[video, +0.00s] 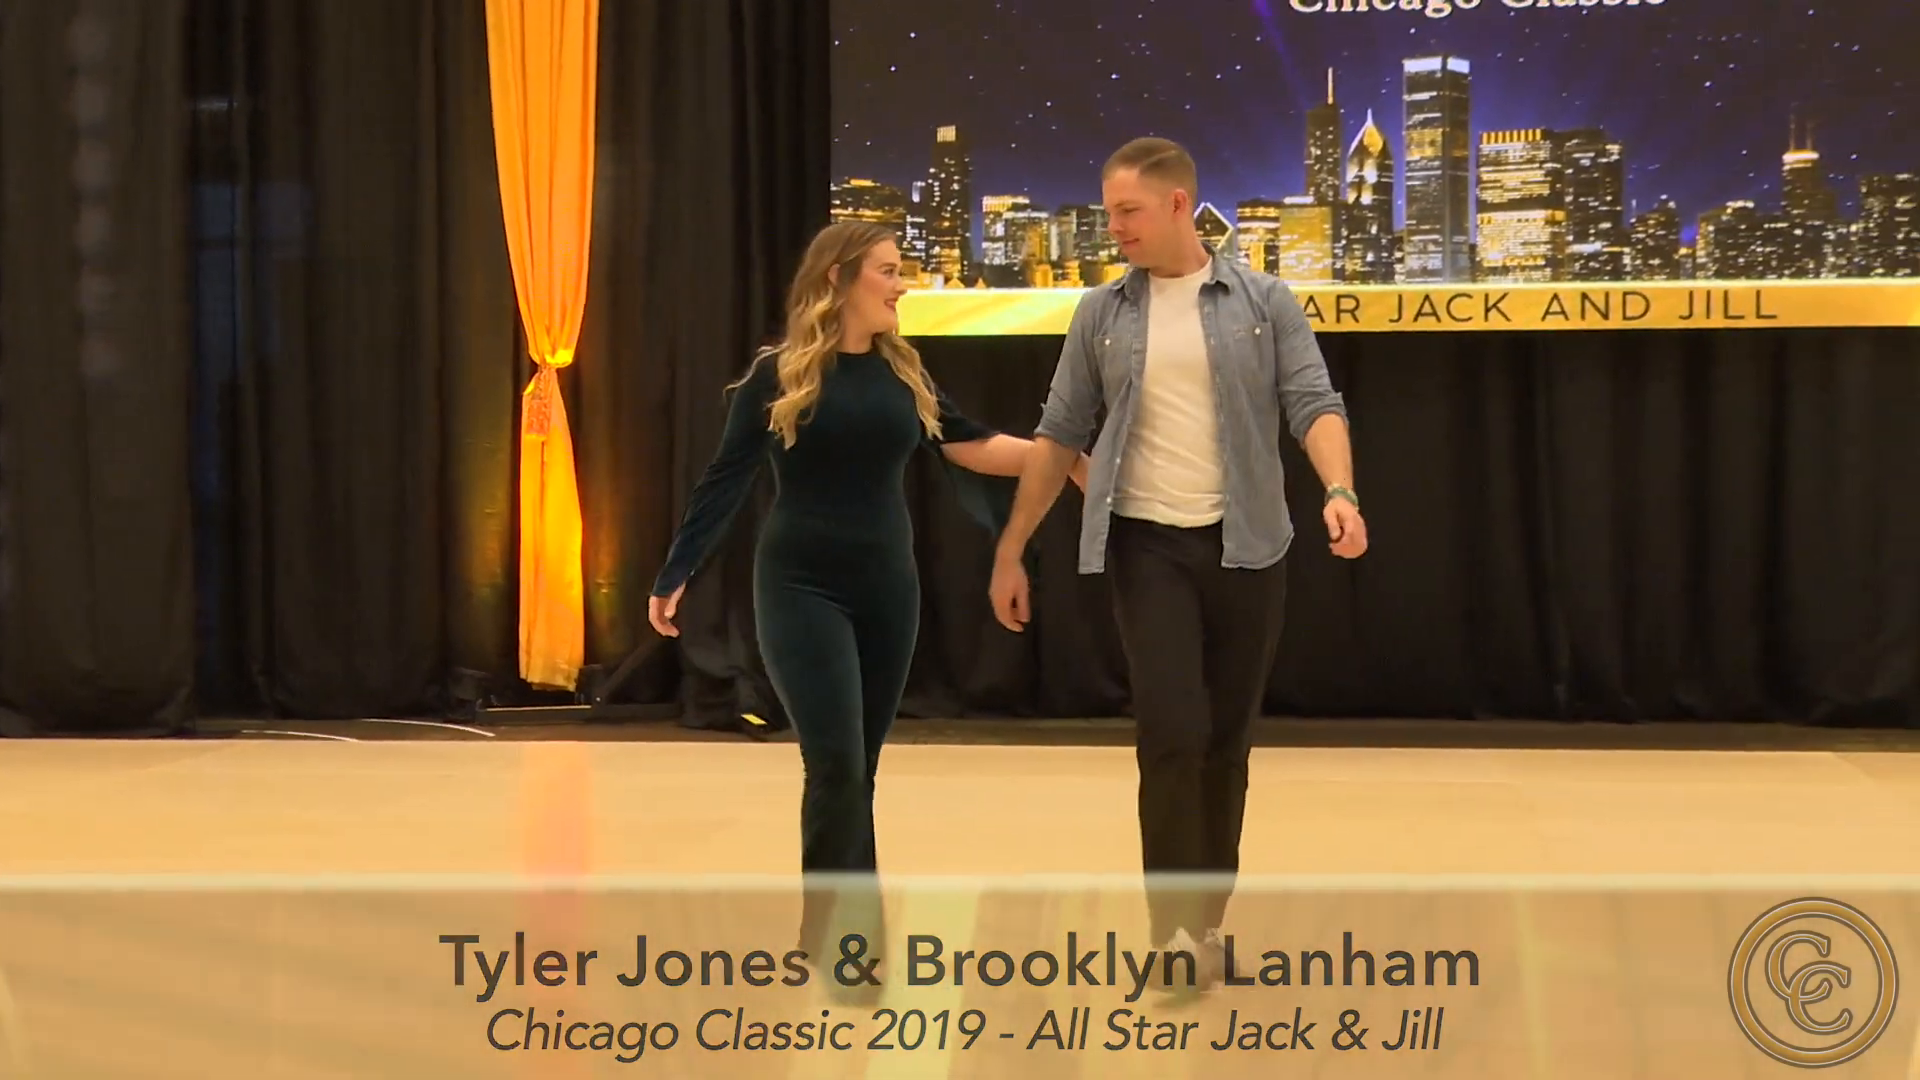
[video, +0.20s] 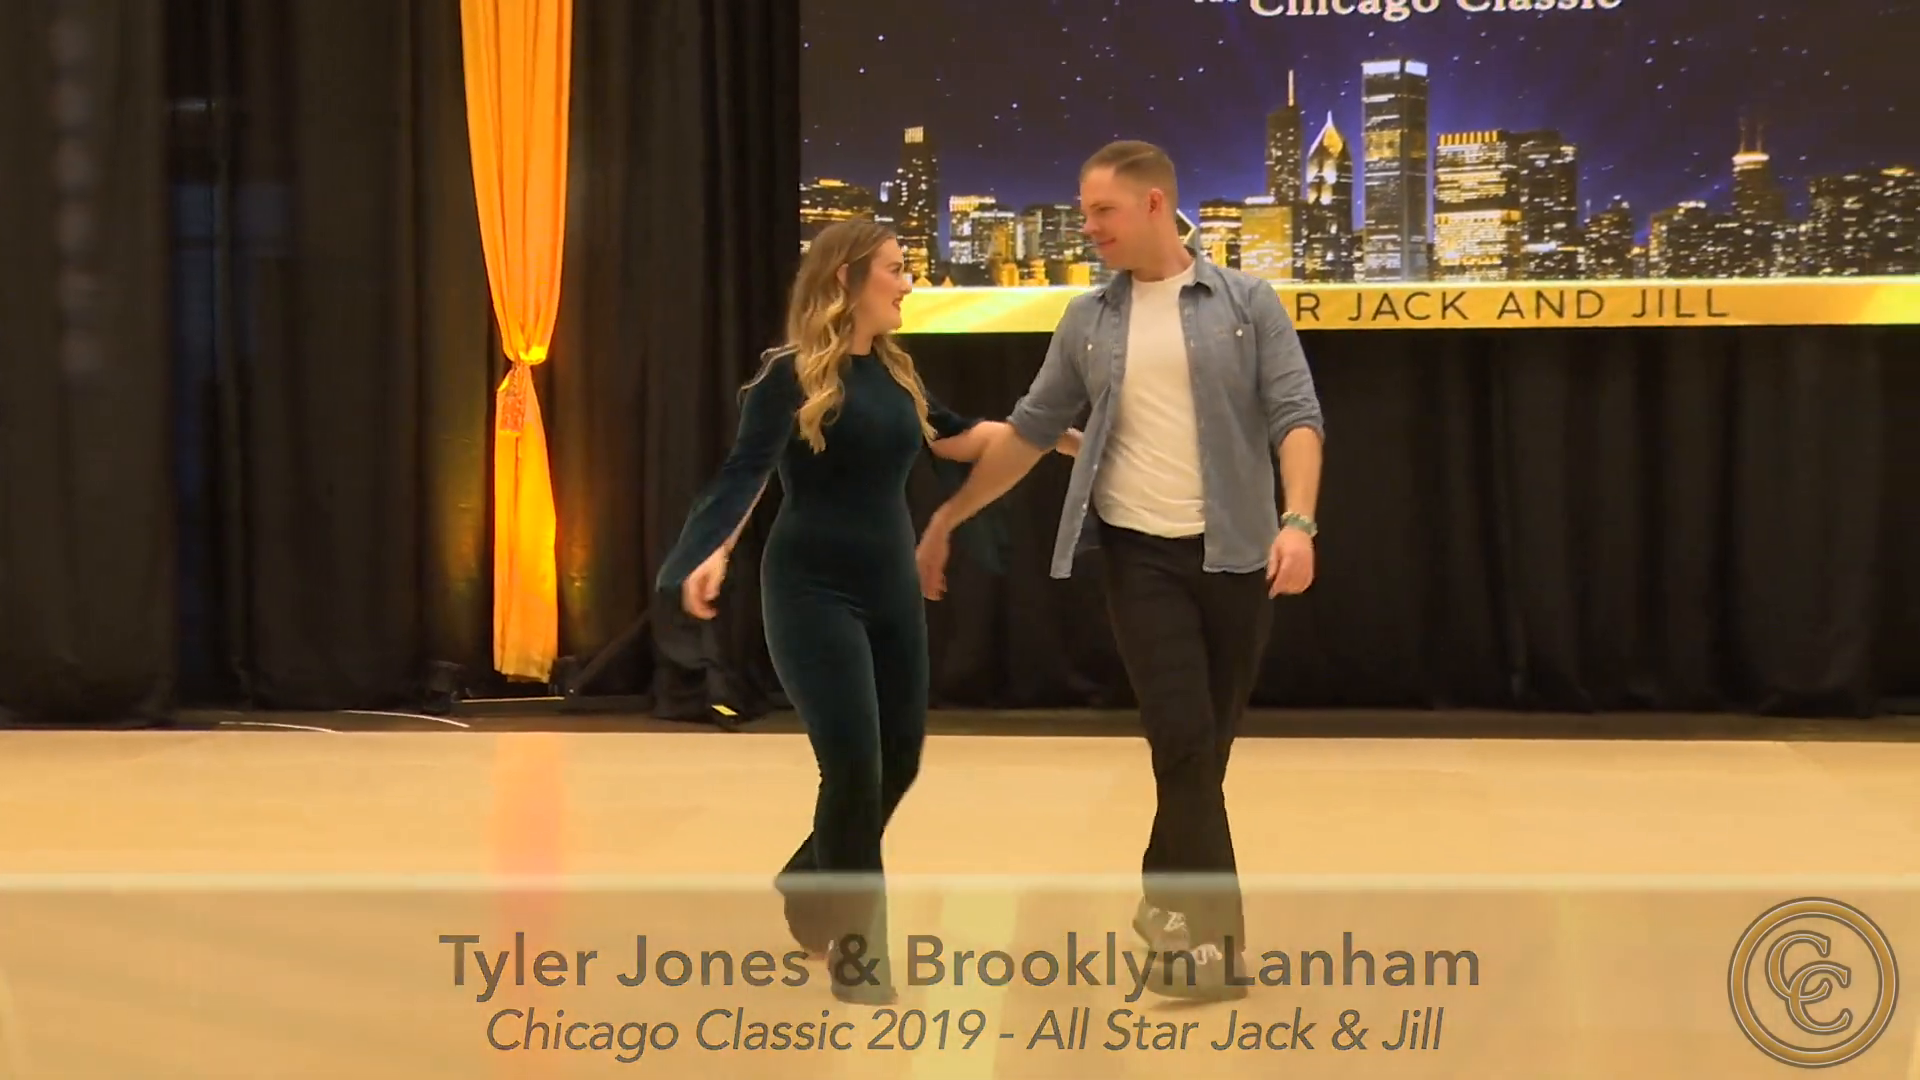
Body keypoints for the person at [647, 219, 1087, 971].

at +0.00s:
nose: (899, 285)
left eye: (899, 273)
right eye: (886, 272)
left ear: (880, 283)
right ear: (839, 279)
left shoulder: (903, 372)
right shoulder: (779, 371)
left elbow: (973, 443)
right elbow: (728, 477)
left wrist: (1064, 456)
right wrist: (678, 568)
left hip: (888, 588)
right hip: (799, 586)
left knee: (858, 768)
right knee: (836, 763)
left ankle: (838, 936)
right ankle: (841, 942)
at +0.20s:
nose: (907, 282)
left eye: (906, 270)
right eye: (896, 269)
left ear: (869, 281)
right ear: (848, 278)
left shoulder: (897, 373)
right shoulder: (792, 373)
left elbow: (955, 438)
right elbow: (746, 472)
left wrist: (1050, 434)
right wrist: (711, 549)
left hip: (892, 589)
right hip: (809, 589)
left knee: (898, 762)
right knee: (852, 767)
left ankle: (807, 884)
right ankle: (859, 945)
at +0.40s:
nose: (908, 267)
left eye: (903, 254)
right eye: (894, 254)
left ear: (868, 268)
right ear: (849, 267)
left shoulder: (886, 357)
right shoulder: (799, 355)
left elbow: (909, 451)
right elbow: (802, 449)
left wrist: (971, 418)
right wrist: (852, 474)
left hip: (893, 583)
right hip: (812, 587)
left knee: (929, 749)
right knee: (827, 760)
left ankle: (881, 928)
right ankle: (820, 941)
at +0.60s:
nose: (924, 269)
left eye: (920, 255)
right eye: (911, 255)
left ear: (885, 269)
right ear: (867, 269)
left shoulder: (907, 362)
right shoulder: (825, 361)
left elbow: (923, 464)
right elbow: (880, 444)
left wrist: (974, 427)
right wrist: (978, 401)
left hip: (916, 579)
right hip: (835, 583)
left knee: (927, 765)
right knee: (834, 760)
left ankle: (951, 952)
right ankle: (811, 939)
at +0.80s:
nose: (937, 264)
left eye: (932, 251)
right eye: (923, 251)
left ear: (889, 266)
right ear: (879, 266)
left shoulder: (914, 353)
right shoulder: (854, 350)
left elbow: (946, 461)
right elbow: (923, 437)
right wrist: (1016, 376)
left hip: (940, 578)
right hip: (867, 581)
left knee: (944, 765)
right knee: (881, 760)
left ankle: (928, 950)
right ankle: (808, 907)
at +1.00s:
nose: (939, 255)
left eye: (935, 242)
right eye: (926, 244)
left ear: (888, 260)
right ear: (883, 259)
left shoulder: (915, 344)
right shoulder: (872, 344)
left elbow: (971, 449)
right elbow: (966, 417)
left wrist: (1033, 354)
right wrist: (1037, 337)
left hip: (936, 579)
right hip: (878, 583)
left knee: (926, 765)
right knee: (888, 767)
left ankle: (916, 947)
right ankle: (862, 965)